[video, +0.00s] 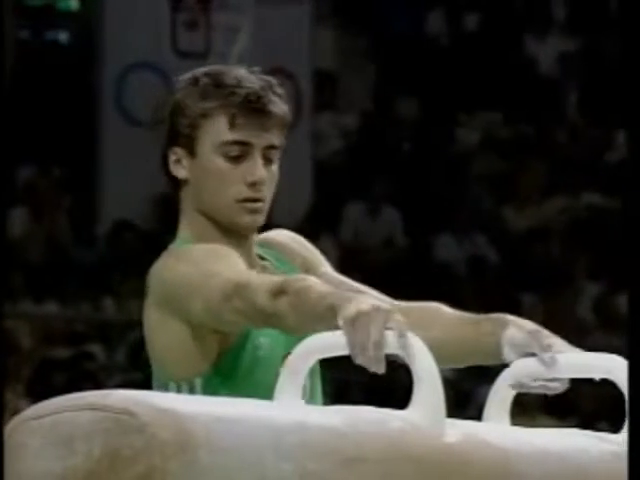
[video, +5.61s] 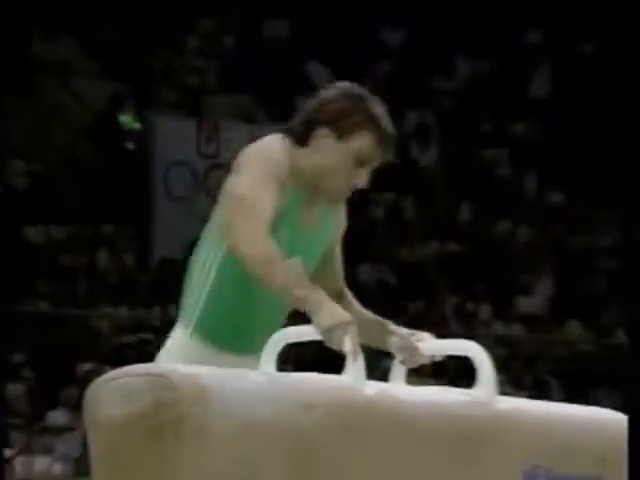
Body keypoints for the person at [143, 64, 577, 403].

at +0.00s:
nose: (259, 177)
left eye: (269, 158)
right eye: (235, 155)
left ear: (280, 163)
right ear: (180, 164)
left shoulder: (287, 250)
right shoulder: (184, 270)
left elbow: (388, 316)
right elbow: (271, 298)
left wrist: (500, 334)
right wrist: (347, 305)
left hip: (307, 473)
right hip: (221, 476)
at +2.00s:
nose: (254, 168)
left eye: (258, 149)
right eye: (227, 150)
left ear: (266, 154)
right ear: (169, 166)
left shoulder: (257, 241)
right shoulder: (183, 271)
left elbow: (359, 296)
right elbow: (271, 306)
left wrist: (479, 339)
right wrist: (343, 303)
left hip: (246, 467)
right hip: (186, 471)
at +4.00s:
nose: (250, 187)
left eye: (258, 166)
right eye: (227, 166)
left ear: (267, 164)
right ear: (167, 170)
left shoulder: (251, 238)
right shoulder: (177, 271)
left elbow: (355, 294)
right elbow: (270, 307)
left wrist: (480, 338)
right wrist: (341, 304)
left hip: (240, 466)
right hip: (181, 470)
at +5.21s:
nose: (228, 220)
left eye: (232, 195)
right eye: (201, 203)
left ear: (240, 186)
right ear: (141, 214)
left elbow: (387, 273)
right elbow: (258, 319)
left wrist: (471, 341)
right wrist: (352, 302)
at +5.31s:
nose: (217, 283)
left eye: (217, 262)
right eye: (189, 270)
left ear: (225, 255)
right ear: (130, 290)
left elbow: (344, 314)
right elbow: (263, 358)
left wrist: (462, 352)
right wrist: (350, 312)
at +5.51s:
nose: (285, 225)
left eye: (293, 211)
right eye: (274, 208)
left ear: (298, 208)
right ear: (226, 195)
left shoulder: (287, 251)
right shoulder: (189, 237)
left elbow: (346, 343)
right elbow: (235, 293)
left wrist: (411, 349)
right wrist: (323, 305)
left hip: (256, 430)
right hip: (181, 429)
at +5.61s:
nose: (363, 183)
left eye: (371, 171)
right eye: (360, 163)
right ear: (323, 137)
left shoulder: (332, 207)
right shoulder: (270, 155)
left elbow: (333, 298)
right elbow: (248, 242)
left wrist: (390, 337)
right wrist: (318, 305)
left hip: (251, 371)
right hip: (192, 363)